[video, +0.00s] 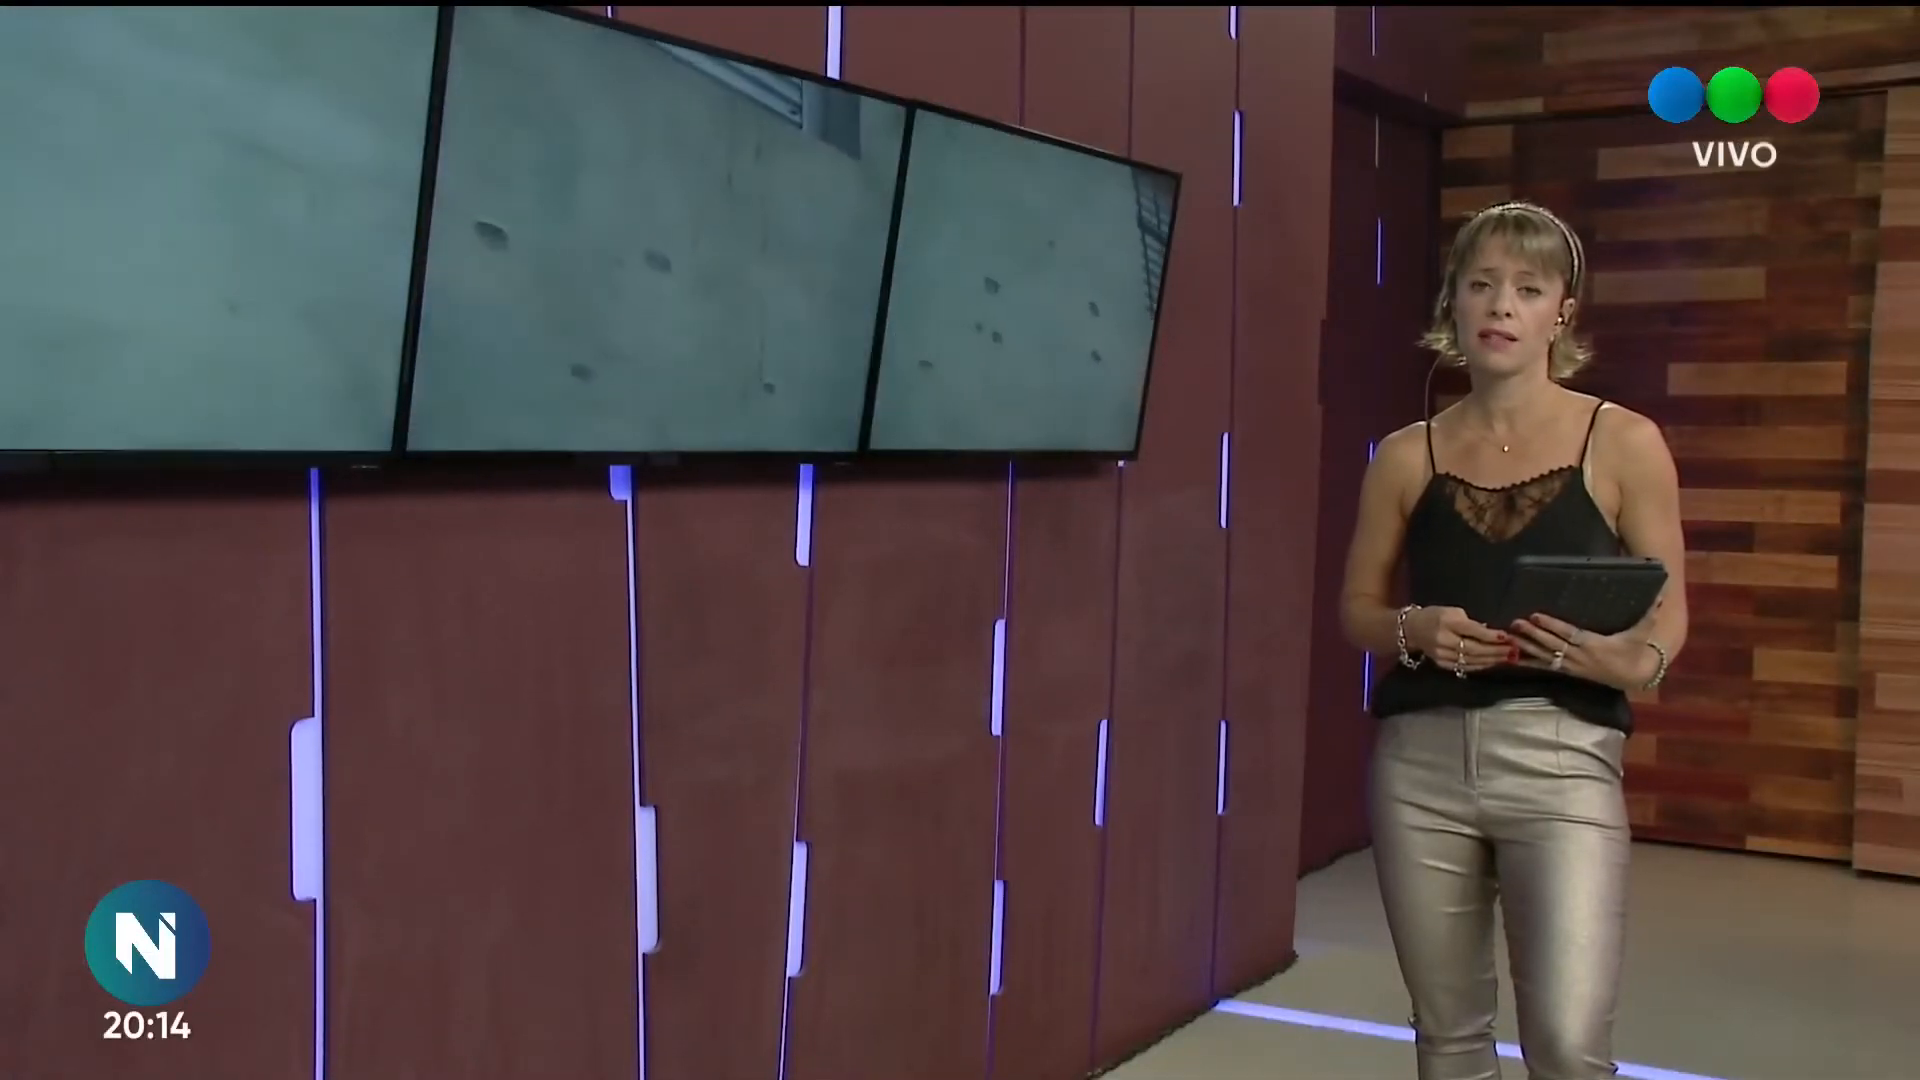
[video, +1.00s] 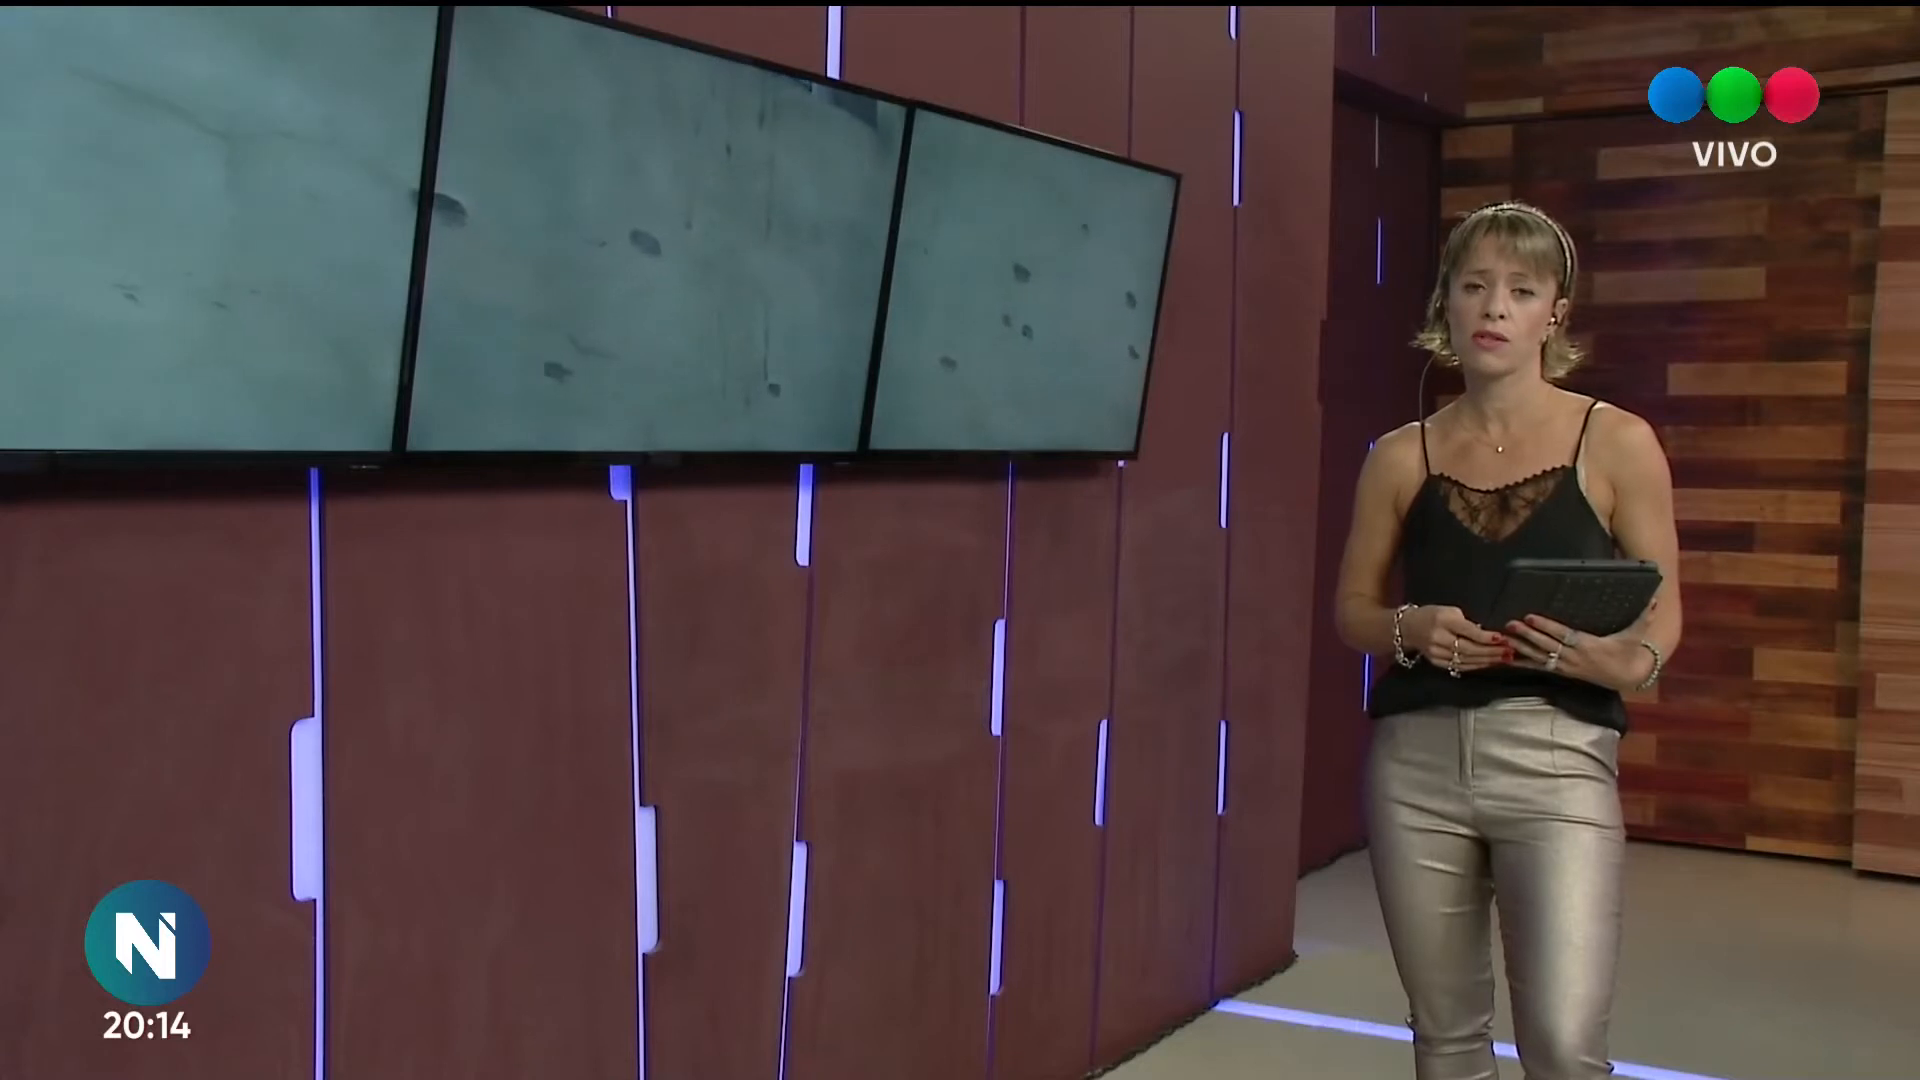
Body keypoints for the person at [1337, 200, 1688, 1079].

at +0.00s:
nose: (1498, 305)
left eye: (1525, 288)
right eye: (1479, 285)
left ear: (1561, 313)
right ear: (1452, 306)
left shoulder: (1625, 444)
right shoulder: (1404, 459)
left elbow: (1666, 610)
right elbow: (1357, 610)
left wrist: (1631, 663)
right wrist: (1410, 629)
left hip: (1561, 768)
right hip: (1419, 768)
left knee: (1567, 1049)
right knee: (1448, 1040)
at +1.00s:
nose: (1493, 306)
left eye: (1520, 290)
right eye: (1474, 285)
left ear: (1554, 315)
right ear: (1446, 304)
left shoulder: (1618, 444)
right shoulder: (1398, 459)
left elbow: (1660, 613)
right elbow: (1352, 612)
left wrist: (1620, 662)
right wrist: (1407, 628)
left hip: (1557, 768)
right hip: (1415, 768)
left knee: (1562, 1049)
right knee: (1446, 1041)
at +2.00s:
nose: (1489, 305)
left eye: (1515, 288)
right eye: (1469, 284)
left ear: (1550, 314)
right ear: (1442, 305)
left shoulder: (1616, 442)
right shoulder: (1396, 459)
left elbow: (1660, 610)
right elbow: (1352, 614)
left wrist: (1623, 663)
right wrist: (1405, 629)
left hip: (1556, 768)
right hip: (1413, 768)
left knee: (1560, 1048)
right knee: (1445, 1040)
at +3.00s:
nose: (1501, 288)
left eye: (1529, 278)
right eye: (1483, 270)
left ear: (1558, 314)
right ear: (1449, 297)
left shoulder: (1614, 438)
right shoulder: (1399, 457)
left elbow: (1667, 597)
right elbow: (1356, 616)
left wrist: (1630, 660)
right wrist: (1413, 629)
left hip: (1563, 767)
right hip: (1420, 768)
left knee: (1567, 1050)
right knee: (1449, 1041)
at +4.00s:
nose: (1497, 296)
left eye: (1523, 280)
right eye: (1478, 278)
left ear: (1560, 309)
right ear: (1450, 303)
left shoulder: (1626, 440)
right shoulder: (1406, 457)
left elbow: (1671, 608)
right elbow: (1360, 612)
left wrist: (1630, 664)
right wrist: (1419, 624)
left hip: (1570, 770)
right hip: (1426, 770)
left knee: (1573, 1050)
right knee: (1452, 1042)